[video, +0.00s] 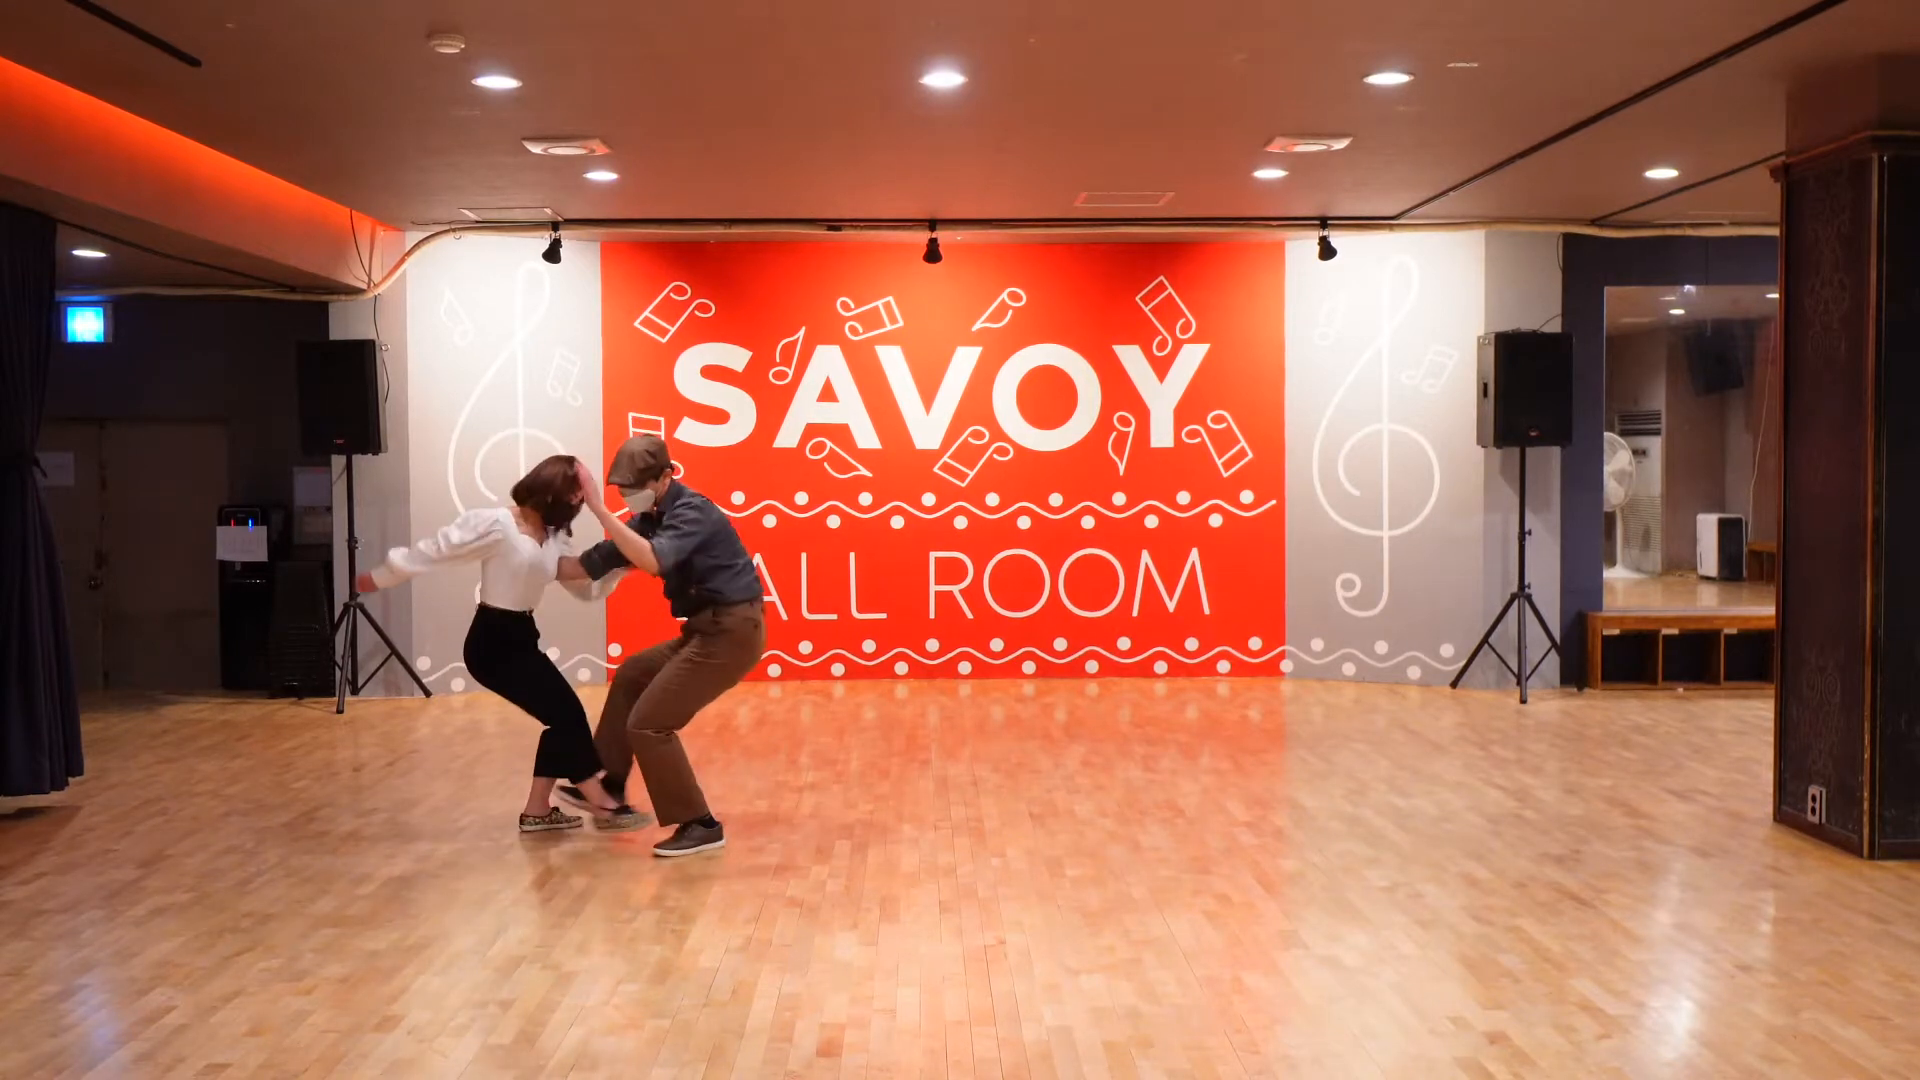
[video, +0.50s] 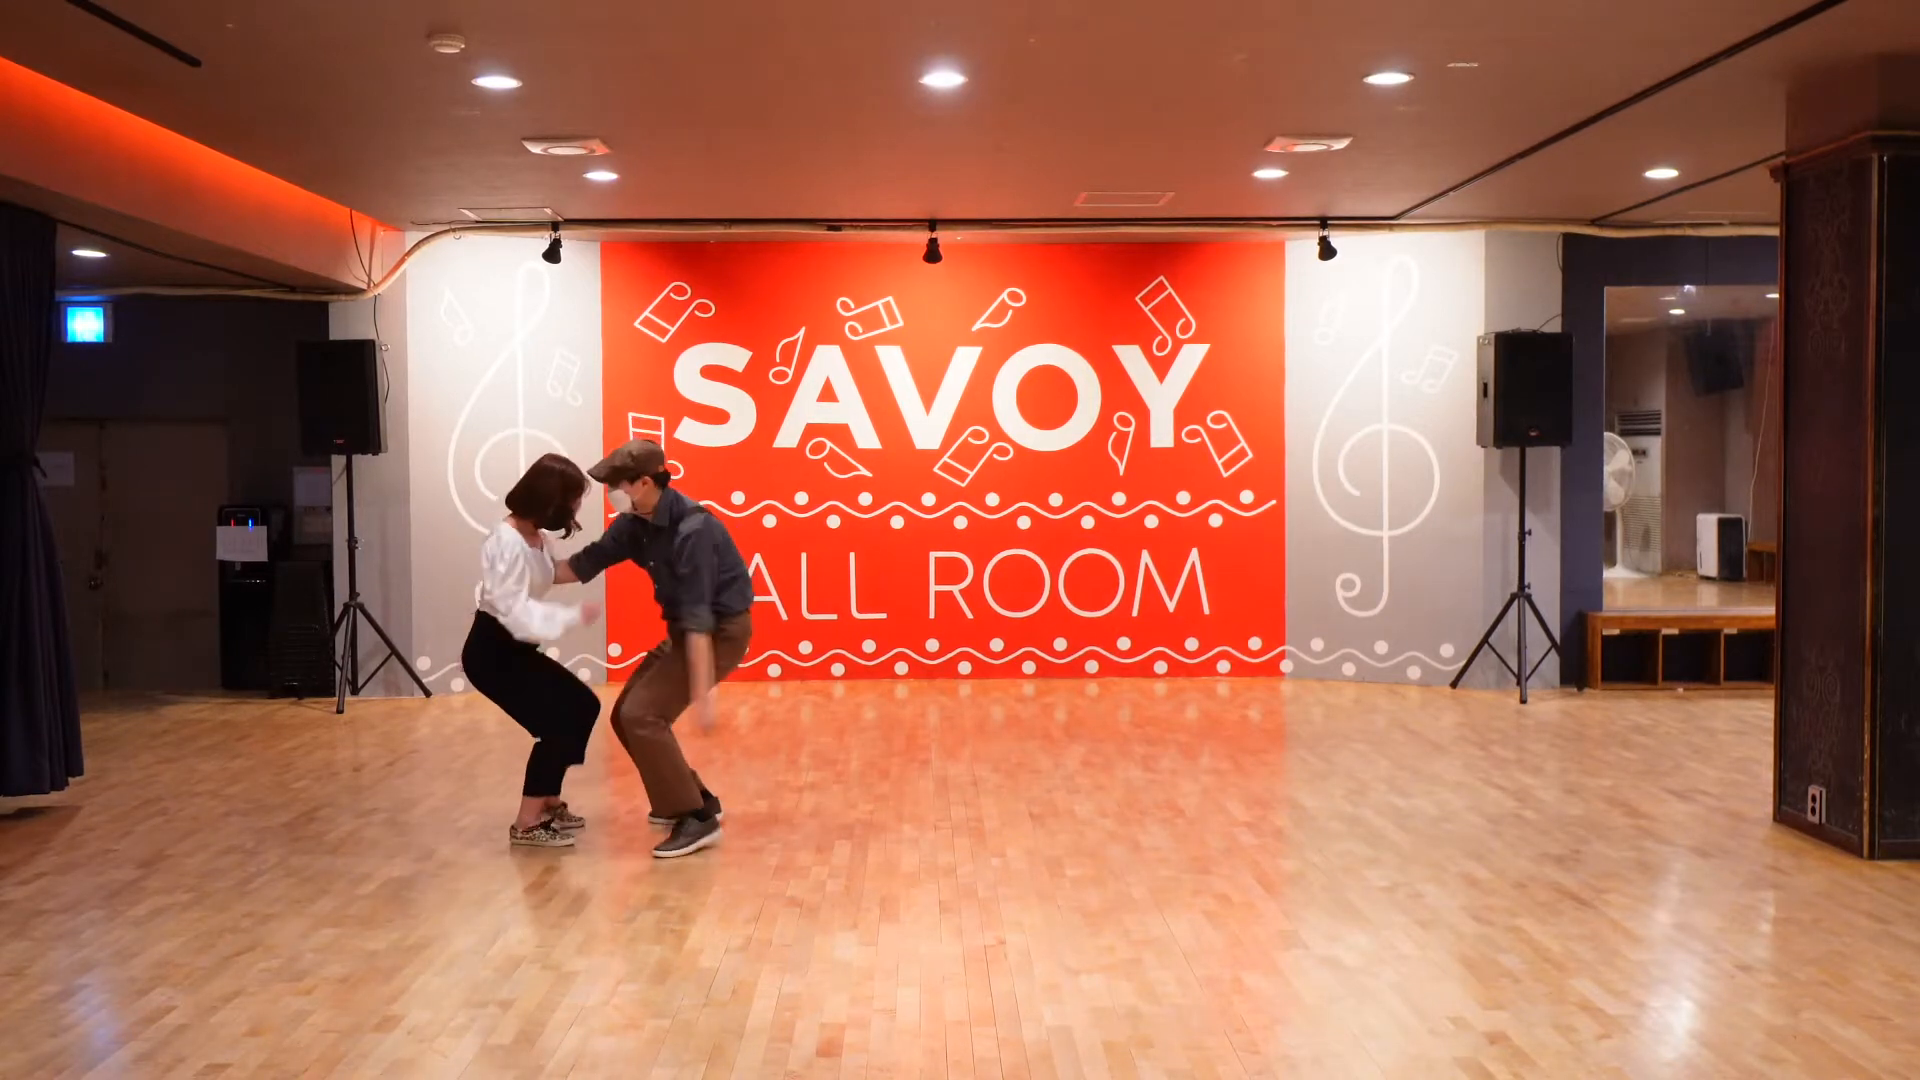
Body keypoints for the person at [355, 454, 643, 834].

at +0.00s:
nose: (576, 509)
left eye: (578, 503)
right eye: (574, 501)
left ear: (539, 488)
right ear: (559, 498)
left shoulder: (554, 541)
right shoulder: (497, 525)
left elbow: (587, 589)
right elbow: (434, 549)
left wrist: (621, 561)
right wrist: (378, 577)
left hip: (522, 642)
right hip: (491, 645)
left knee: (564, 713)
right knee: (566, 712)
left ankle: (537, 809)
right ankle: (603, 804)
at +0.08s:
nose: (577, 509)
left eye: (580, 502)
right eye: (575, 500)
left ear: (550, 494)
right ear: (555, 497)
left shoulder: (552, 540)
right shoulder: (500, 524)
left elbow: (592, 578)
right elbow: (436, 541)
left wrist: (627, 552)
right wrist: (376, 562)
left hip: (522, 643)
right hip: (490, 646)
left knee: (571, 715)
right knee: (551, 726)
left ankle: (537, 808)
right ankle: (622, 802)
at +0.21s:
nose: (583, 516)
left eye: (585, 508)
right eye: (581, 505)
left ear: (551, 496)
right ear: (561, 500)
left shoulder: (556, 541)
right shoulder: (502, 528)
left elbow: (592, 583)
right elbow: (439, 559)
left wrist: (627, 551)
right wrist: (384, 594)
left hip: (519, 641)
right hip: (488, 644)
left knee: (561, 711)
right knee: (568, 706)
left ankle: (537, 810)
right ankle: (573, 808)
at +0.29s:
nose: (579, 513)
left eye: (582, 506)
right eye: (577, 504)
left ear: (546, 497)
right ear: (554, 500)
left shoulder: (553, 543)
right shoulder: (497, 532)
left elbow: (575, 592)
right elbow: (448, 583)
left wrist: (620, 591)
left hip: (520, 643)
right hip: (490, 647)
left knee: (569, 706)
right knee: (562, 709)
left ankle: (539, 800)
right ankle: (534, 805)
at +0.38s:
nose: (583, 509)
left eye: (584, 501)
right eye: (579, 500)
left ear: (547, 498)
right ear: (554, 499)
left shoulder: (548, 542)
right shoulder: (497, 539)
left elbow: (561, 607)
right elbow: (474, 612)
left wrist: (590, 645)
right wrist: (488, 669)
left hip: (525, 640)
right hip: (495, 643)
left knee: (574, 715)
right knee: (554, 721)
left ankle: (540, 810)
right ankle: (527, 822)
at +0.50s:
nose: (579, 508)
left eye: (580, 500)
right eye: (576, 500)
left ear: (543, 499)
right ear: (555, 503)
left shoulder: (538, 541)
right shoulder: (507, 544)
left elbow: (561, 573)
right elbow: (513, 612)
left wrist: (609, 547)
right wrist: (574, 615)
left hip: (513, 647)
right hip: (490, 654)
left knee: (583, 704)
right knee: (559, 717)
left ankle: (547, 802)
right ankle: (527, 822)